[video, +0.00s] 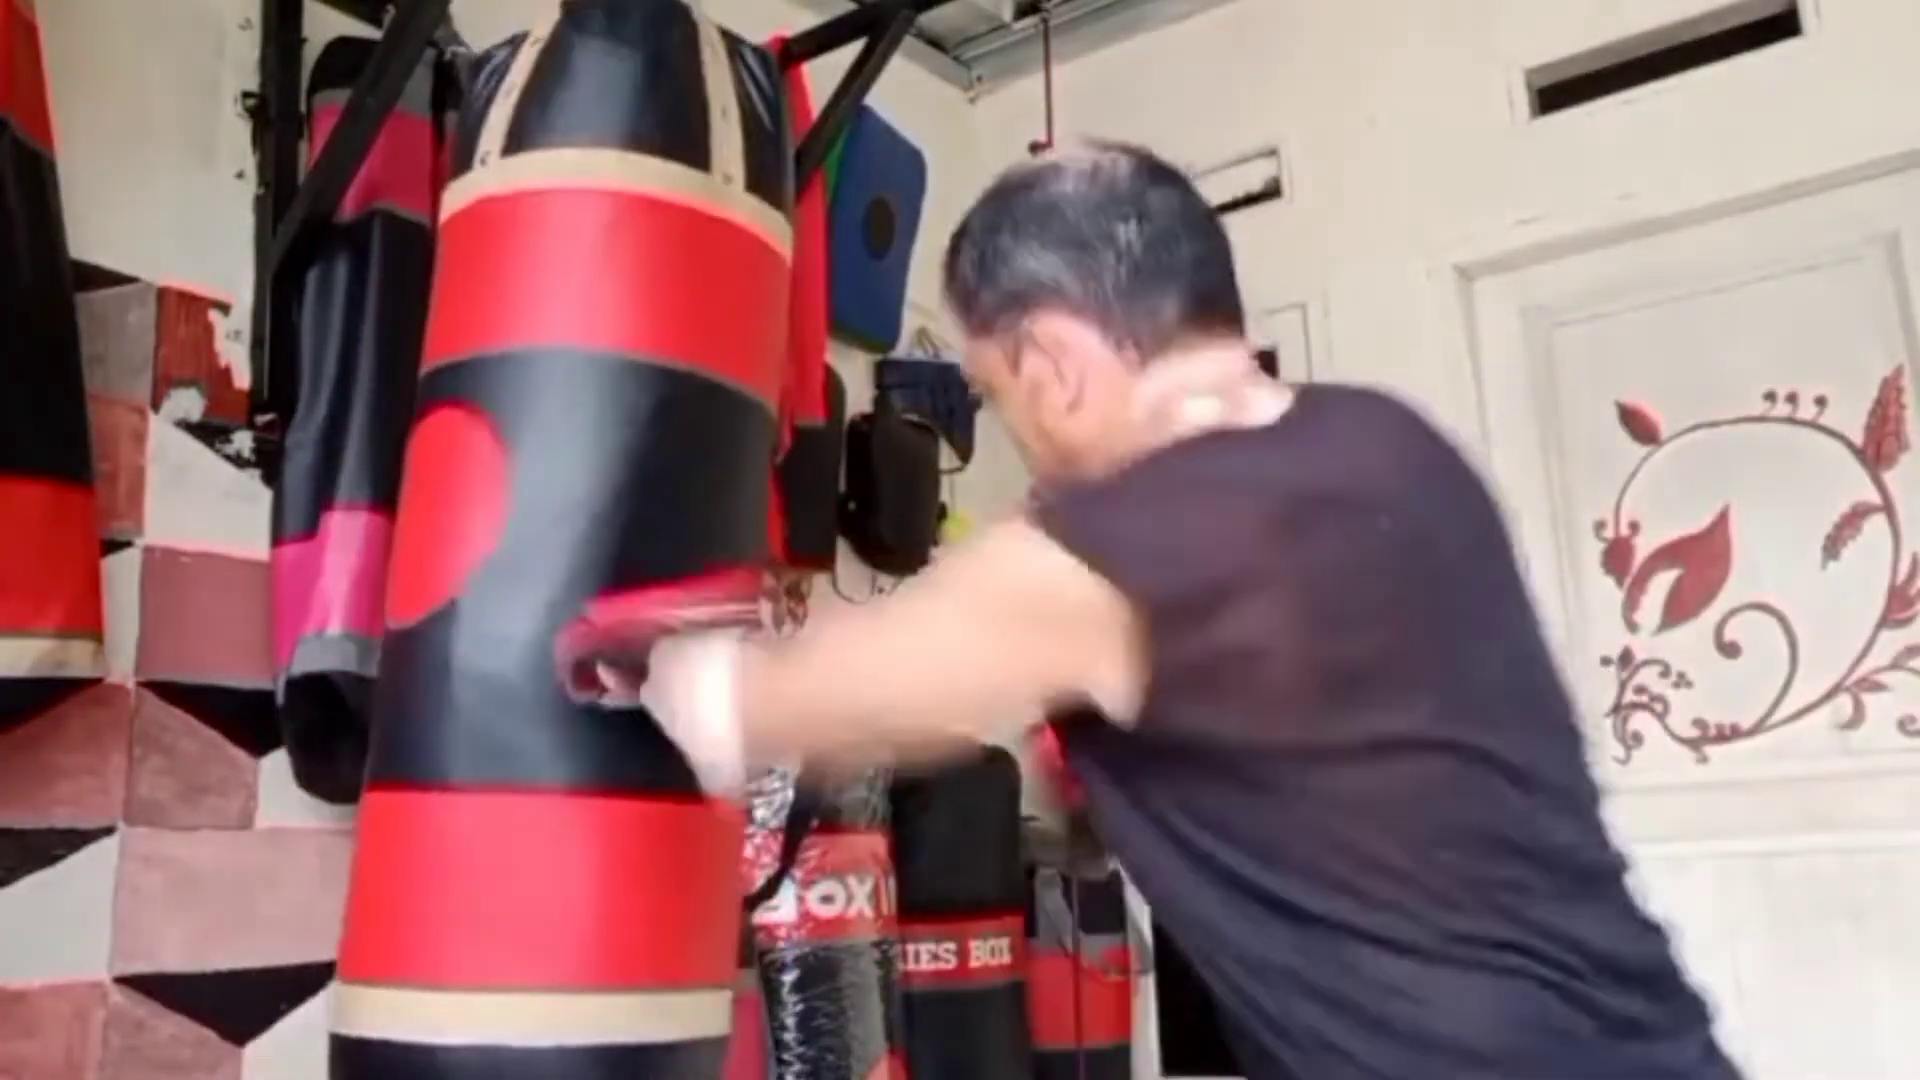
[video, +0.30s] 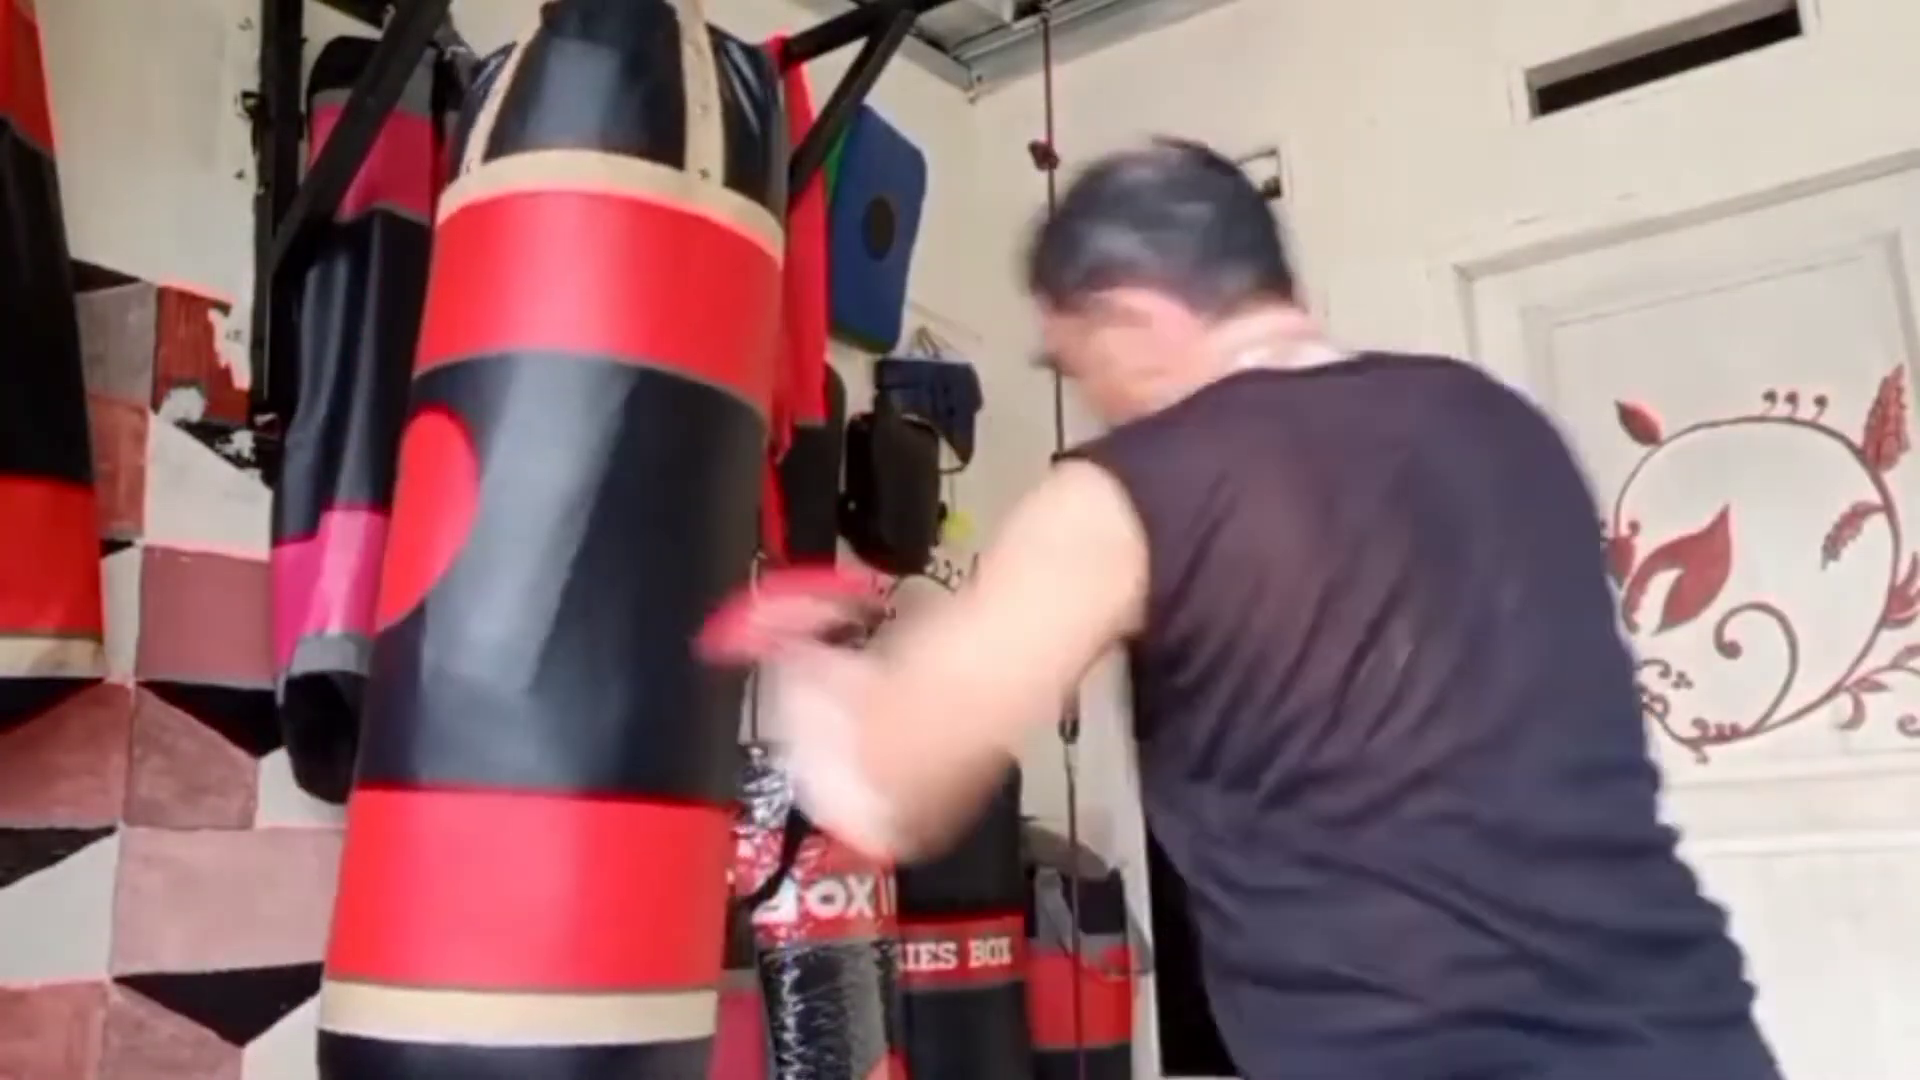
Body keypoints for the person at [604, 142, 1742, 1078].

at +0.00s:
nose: (1015, 434)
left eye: (1000, 385)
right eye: (997, 394)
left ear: (1065, 352)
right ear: (1222, 307)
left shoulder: (1101, 557)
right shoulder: (1396, 445)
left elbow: (741, 714)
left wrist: (687, 659)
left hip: (1430, 1056)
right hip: (1651, 1035)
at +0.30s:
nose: (1081, 399)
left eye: (1072, 361)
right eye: (1066, 367)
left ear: (1137, 315)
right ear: (1280, 284)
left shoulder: (1125, 492)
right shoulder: (1508, 420)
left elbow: (886, 790)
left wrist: (800, 662)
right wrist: (931, 631)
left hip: (1375, 1057)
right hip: (1686, 1040)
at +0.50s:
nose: (1190, 447)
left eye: (1183, 407)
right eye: (1176, 416)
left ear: (1251, 351)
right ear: (1376, 334)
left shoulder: (1232, 521)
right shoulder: (1597, 490)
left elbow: (1052, 898)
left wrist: (1034, 721)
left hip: (1415, 1045)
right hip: (1725, 1039)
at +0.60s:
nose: (1221, 470)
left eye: (1215, 435)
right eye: (1208, 442)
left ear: (1283, 379)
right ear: (1409, 370)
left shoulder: (1247, 542)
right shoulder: (1618, 516)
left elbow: (1055, 906)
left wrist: (1086, 730)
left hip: (1434, 1054)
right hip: (1753, 1048)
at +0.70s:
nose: (1223, 489)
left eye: (1218, 458)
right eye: (1211, 464)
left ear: (1288, 424)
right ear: (1414, 405)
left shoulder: (1231, 564)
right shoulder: (1616, 539)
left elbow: (1038, 917)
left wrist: (1079, 739)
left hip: (1463, 1056)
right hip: (1773, 1050)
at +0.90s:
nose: (1181, 503)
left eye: (1178, 472)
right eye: (1170, 479)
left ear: (1245, 431)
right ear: (1371, 418)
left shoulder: (1194, 559)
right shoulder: (1600, 546)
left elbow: (1016, 919)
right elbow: (1705, 877)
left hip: (1398, 1049)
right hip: (1698, 1049)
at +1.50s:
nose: (998, 415)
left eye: (991, 358)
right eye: (982, 370)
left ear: (1082, 312)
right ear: (1096, 315)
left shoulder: (1216, 501)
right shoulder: (1293, 454)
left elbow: (1096, 958)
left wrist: (974, 756)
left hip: (1373, 1055)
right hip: (1461, 1039)